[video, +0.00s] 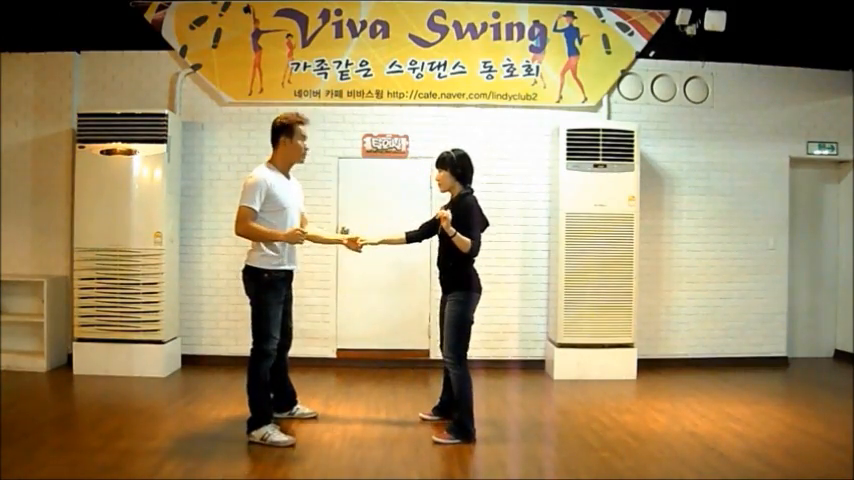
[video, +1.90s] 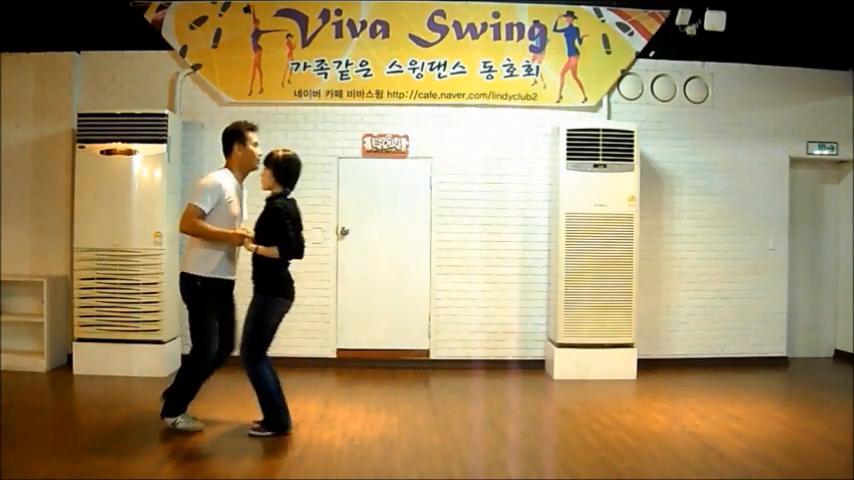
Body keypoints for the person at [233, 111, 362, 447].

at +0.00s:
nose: (307, 146)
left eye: (306, 139)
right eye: (302, 139)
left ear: (289, 143)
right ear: (283, 142)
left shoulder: (293, 185)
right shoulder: (258, 180)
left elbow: (303, 231)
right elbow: (242, 226)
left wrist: (342, 239)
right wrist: (282, 235)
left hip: (283, 273)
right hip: (263, 274)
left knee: (281, 343)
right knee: (265, 346)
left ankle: (283, 405)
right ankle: (259, 425)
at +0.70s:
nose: (268, 156)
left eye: (269, 150)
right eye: (264, 149)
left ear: (257, 153)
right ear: (243, 148)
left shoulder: (258, 191)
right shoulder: (218, 180)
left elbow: (286, 231)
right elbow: (206, 225)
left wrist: (325, 229)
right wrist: (251, 233)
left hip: (239, 278)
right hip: (213, 279)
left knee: (266, 336)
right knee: (248, 344)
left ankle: (249, 401)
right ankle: (246, 424)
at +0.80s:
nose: (255, 158)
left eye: (256, 152)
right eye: (250, 151)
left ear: (244, 154)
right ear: (230, 150)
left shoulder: (246, 193)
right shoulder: (208, 183)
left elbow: (270, 233)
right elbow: (202, 231)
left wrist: (311, 233)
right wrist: (248, 240)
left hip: (230, 280)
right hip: (207, 281)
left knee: (245, 345)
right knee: (244, 344)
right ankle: (247, 422)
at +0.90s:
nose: (244, 161)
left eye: (246, 155)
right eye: (240, 154)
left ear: (229, 156)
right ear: (219, 153)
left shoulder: (235, 195)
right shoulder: (196, 188)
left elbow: (255, 238)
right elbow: (196, 239)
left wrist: (295, 240)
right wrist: (241, 247)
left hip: (220, 283)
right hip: (199, 283)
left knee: (210, 350)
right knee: (236, 345)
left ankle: (158, 398)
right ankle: (247, 423)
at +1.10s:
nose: (233, 158)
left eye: (235, 152)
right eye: (229, 151)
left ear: (218, 152)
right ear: (209, 149)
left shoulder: (222, 190)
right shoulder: (183, 183)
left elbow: (232, 237)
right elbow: (181, 234)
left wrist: (266, 236)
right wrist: (227, 237)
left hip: (202, 277)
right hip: (179, 276)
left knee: (182, 346)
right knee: (214, 337)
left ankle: (148, 407)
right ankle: (216, 417)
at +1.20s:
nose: (232, 157)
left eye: (233, 151)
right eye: (228, 150)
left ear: (219, 151)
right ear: (208, 148)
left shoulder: (219, 190)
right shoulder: (182, 182)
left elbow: (223, 231)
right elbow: (179, 233)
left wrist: (254, 235)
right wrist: (223, 236)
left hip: (200, 277)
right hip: (177, 276)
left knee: (178, 346)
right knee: (206, 339)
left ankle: (148, 408)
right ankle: (181, 410)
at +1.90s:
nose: (259, 151)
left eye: (258, 145)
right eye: (253, 145)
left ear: (238, 151)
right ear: (235, 150)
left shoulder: (237, 187)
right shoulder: (214, 182)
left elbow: (220, 226)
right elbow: (187, 223)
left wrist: (242, 236)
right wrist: (229, 236)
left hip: (221, 280)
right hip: (200, 279)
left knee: (224, 347)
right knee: (206, 349)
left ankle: (174, 397)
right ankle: (173, 410)